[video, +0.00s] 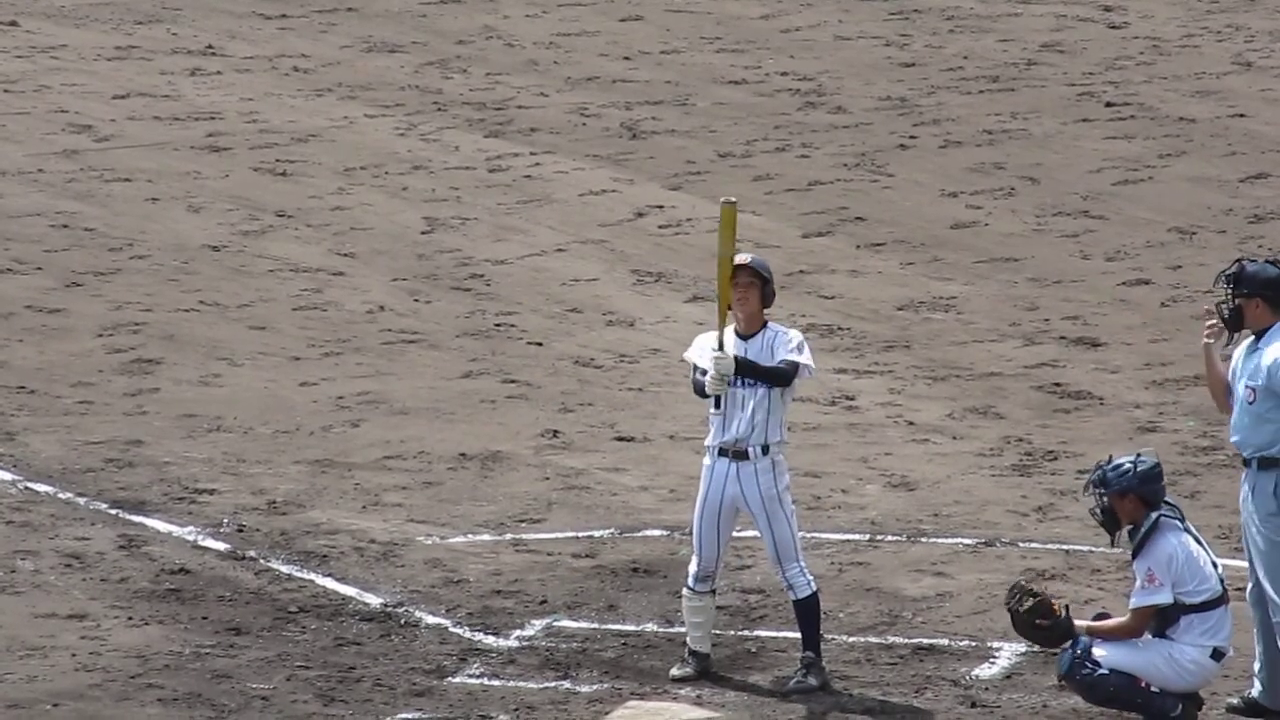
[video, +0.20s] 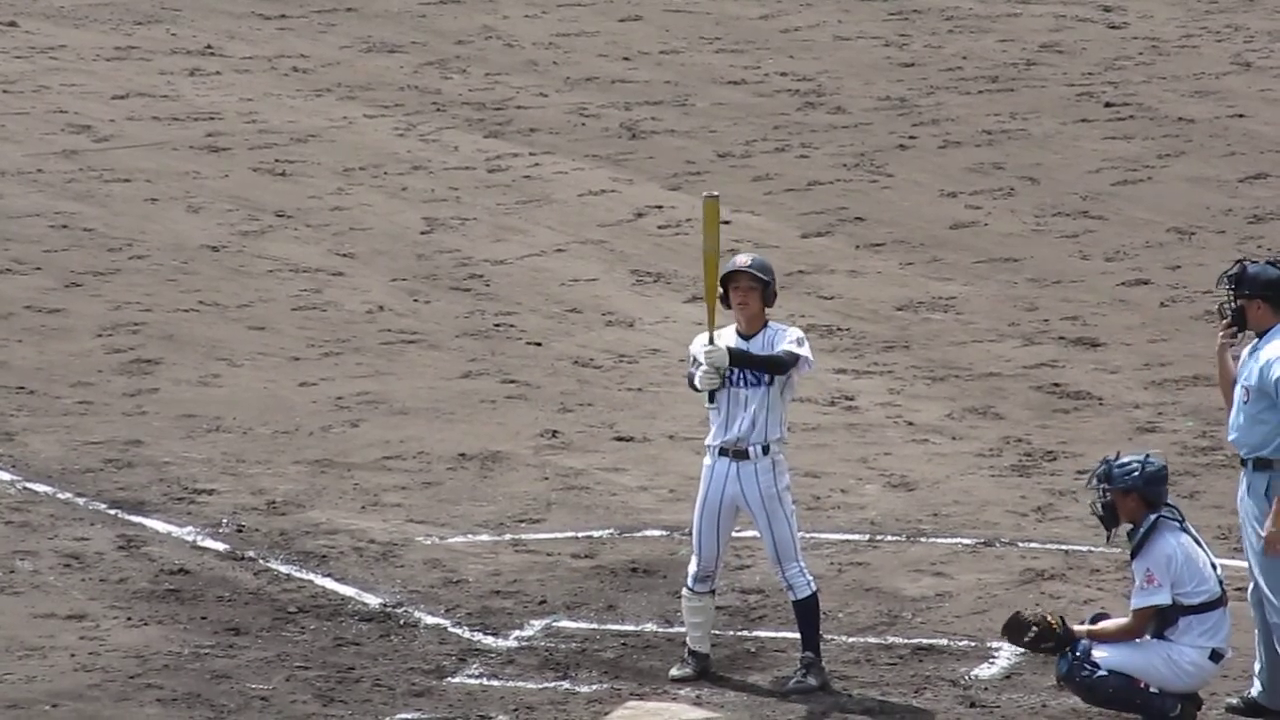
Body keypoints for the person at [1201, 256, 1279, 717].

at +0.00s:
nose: (1233, 304)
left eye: (1238, 298)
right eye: (1234, 297)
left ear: (1258, 306)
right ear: (1259, 305)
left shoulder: (1274, 351)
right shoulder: (1247, 345)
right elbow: (1228, 403)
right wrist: (1210, 350)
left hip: (1273, 478)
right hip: (1253, 475)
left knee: (1274, 593)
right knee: (1260, 593)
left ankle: (1273, 694)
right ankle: (1267, 692)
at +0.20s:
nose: (1236, 306)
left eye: (1242, 300)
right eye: (1238, 299)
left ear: (1261, 306)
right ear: (1263, 305)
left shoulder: (1274, 355)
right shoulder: (1257, 347)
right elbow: (1237, 406)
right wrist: (1223, 352)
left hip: (1269, 480)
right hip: (1253, 476)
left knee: (1270, 595)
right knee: (1261, 592)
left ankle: (1271, 692)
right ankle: (1266, 689)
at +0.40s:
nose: (1231, 310)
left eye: (1236, 303)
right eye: (1232, 302)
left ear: (1258, 309)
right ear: (1260, 309)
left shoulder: (1271, 358)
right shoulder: (1259, 349)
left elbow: (1275, 442)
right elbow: (1244, 401)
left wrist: (1245, 506)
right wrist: (1227, 360)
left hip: (1263, 484)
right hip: (1250, 476)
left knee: (1264, 592)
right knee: (1257, 589)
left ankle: (1267, 691)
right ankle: (1263, 688)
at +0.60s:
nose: (1224, 327)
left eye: (1226, 319)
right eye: (1222, 319)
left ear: (1244, 317)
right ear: (1259, 312)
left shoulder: (1266, 367)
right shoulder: (1263, 355)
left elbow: (1271, 449)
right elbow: (1262, 425)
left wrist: (1240, 513)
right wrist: (1236, 402)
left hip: (1263, 503)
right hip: (1256, 496)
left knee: (1259, 607)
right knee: (1257, 602)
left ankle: (1266, 695)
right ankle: (1261, 692)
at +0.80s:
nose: (1214, 339)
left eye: (1214, 330)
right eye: (1212, 330)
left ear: (1230, 327)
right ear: (1252, 318)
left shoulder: (1253, 373)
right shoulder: (1272, 348)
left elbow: (1265, 455)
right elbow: (1267, 423)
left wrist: (1250, 533)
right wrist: (1242, 457)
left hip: (1269, 522)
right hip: (1272, 514)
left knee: (1249, 627)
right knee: (1264, 608)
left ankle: (1276, 706)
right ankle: (1263, 688)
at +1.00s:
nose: (1203, 345)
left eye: (1205, 336)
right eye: (1202, 336)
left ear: (1222, 334)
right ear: (1244, 327)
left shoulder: (1246, 380)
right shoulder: (1270, 356)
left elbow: (1267, 461)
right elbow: (1268, 456)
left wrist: (1255, 537)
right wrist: (1253, 516)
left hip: (1271, 527)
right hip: (1274, 521)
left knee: (1243, 630)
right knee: (1264, 621)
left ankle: (1275, 706)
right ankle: (1271, 699)